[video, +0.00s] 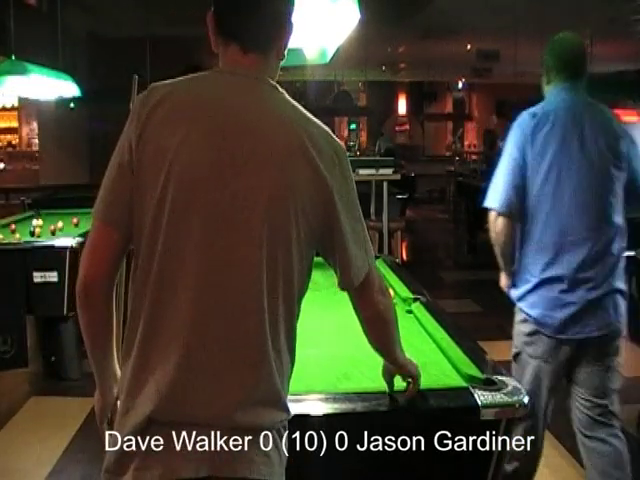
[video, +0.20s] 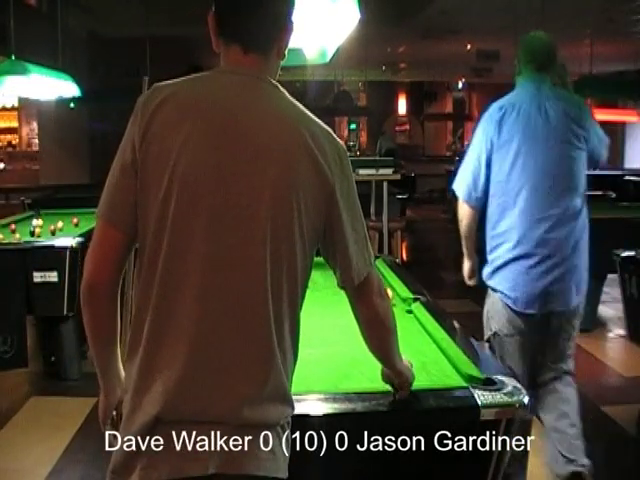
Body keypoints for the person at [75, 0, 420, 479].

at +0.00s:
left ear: (212, 29)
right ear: (286, 39)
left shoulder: (154, 109)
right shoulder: (317, 145)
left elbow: (92, 278)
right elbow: (367, 287)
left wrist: (106, 384)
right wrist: (394, 357)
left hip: (146, 421)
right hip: (254, 425)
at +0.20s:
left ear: (213, 26)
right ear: (286, 37)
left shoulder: (157, 108)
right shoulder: (318, 144)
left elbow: (97, 278)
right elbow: (364, 286)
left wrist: (109, 384)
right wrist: (392, 362)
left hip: (153, 416)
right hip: (258, 419)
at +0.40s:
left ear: (209, 26)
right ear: (281, 36)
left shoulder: (155, 110)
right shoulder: (318, 140)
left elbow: (99, 285)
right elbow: (358, 292)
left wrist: (114, 384)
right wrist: (386, 371)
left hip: (154, 418)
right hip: (260, 420)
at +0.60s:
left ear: (204, 25)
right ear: (274, 31)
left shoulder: (152, 113)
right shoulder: (316, 136)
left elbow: (99, 291)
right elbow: (350, 290)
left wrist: (121, 387)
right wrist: (379, 385)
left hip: (157, 419)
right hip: (262, 421)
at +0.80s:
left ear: (198, 22)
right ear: (270, 29)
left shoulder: (148, 116)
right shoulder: (315, 134)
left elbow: (98, 297)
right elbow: (350, 303)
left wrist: (125, 391)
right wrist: (372, 390)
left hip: (159, 423)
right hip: (264, 425)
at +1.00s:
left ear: (194, 24)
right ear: (268, 30)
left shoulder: (145, 118)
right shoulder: (314, 133)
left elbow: (97, 300)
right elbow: (348, 302)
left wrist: (125, 393)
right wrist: (369, 387)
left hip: (160, 424)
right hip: (264, 427)